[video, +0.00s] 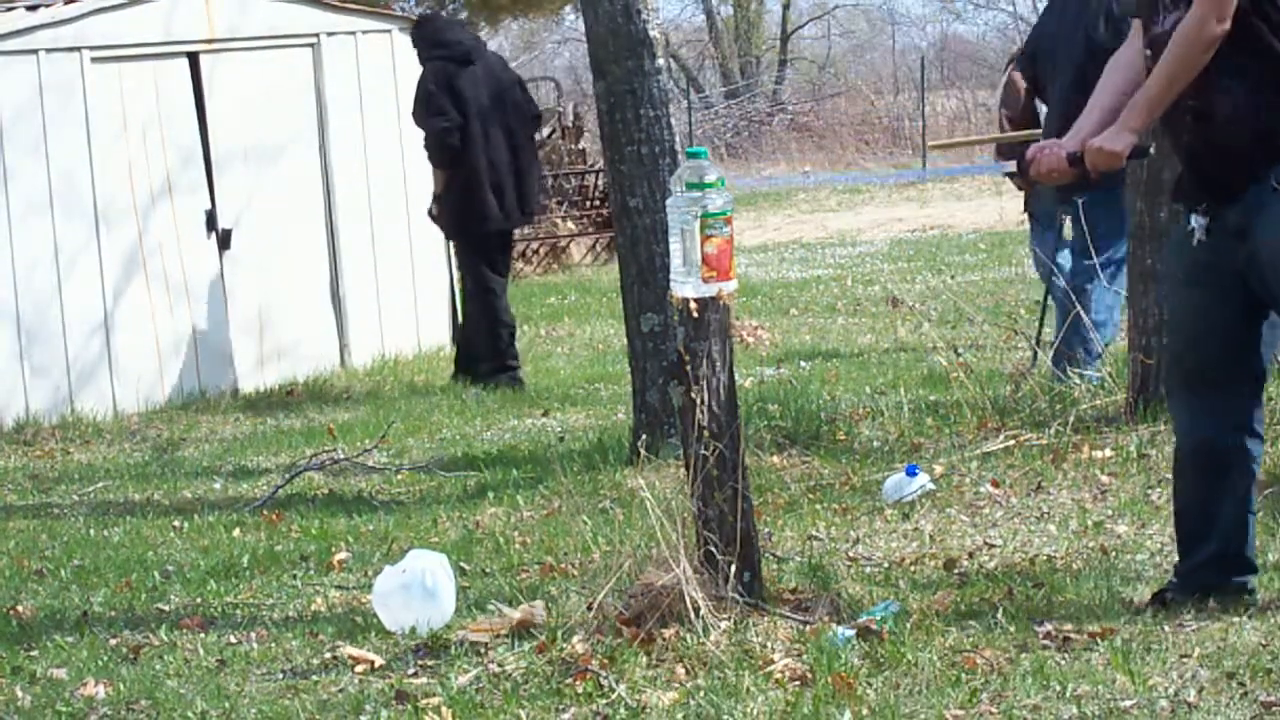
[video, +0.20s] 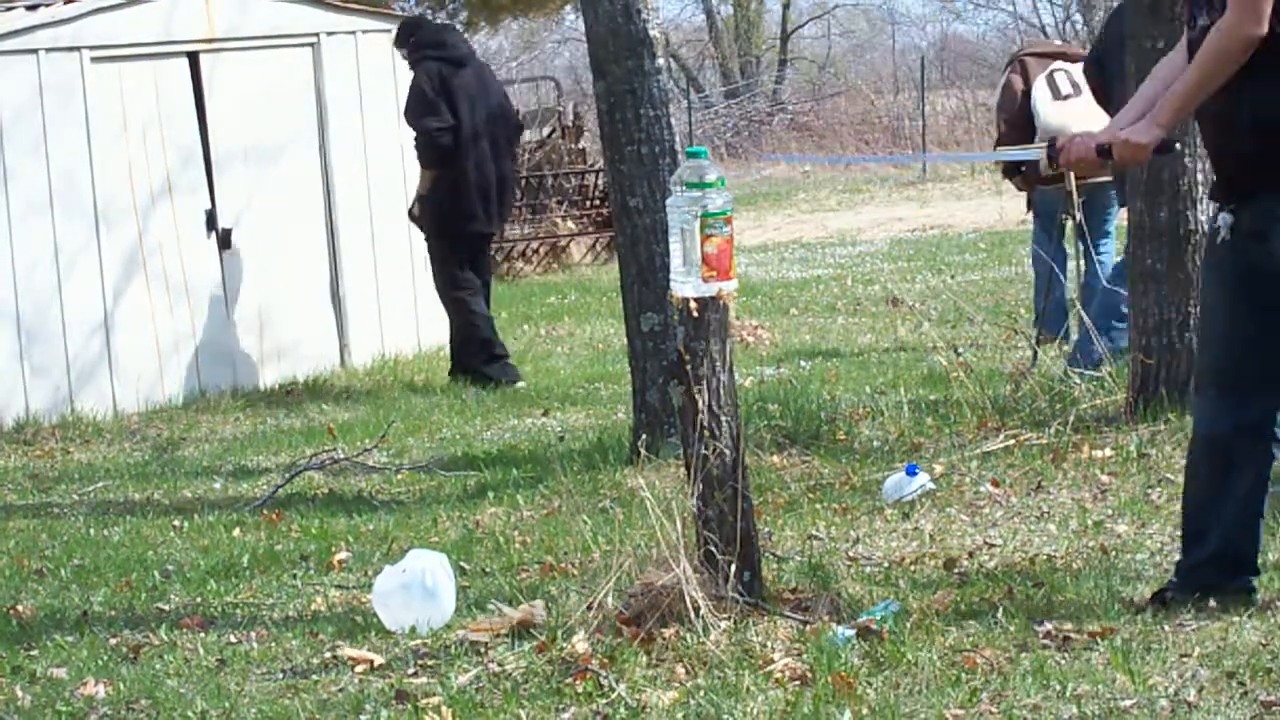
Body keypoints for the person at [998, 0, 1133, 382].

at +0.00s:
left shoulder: (1057, 10)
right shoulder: (1131, 11)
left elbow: (1018, 77)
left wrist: (1018, 144)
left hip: (1049, 152)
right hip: (1107, 151)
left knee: (1048, 251)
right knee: (1104, 263)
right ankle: (1075, 371)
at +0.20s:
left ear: (1033, 37)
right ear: (1070, 36)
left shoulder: (1022, 66)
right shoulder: (1094, 62)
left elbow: (1011, 121)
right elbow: (1115, 109)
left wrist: (1015, 169)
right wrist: (1117, 158)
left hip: (1047, 175)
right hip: (1099, 171)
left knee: (1048, 246)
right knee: (1101, 247)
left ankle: (1051, 326)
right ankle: (1101, 328)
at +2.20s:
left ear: (1074, 51)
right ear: (1113, 51)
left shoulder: (1049, 78)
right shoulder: (1127, 74)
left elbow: (1027, 130)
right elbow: (1144, 124)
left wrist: (1033, 174)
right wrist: (1143, 170)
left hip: (1064, 180)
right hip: (1116, 176)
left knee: (1065, 253)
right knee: (1117, 248)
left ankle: (1069, 323)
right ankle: (1116, 323)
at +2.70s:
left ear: (1054, 55)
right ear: (1090, 52)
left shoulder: (1028, 86)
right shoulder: (1112, 80)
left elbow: (1004, 147)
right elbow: (1128, 124)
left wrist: (1019, 184)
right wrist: (1132, 161)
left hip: (1044, 170)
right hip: (1101, 161)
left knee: (1059, 246)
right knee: (1112, 226)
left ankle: (1071, 323)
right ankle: (1106, 297)